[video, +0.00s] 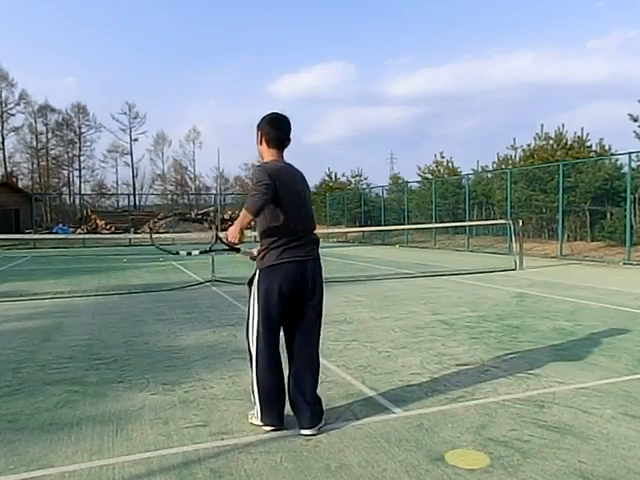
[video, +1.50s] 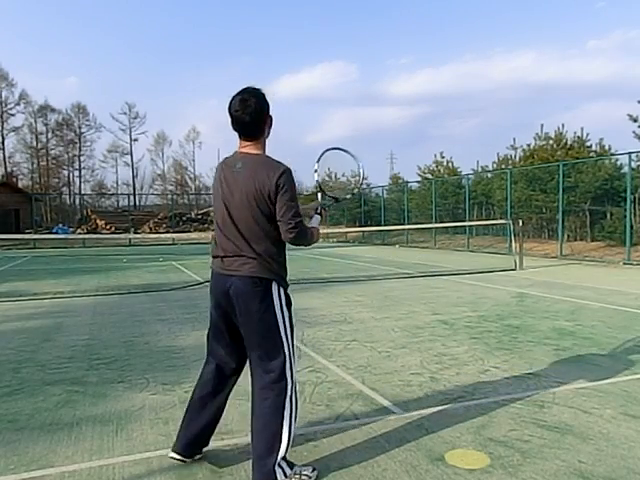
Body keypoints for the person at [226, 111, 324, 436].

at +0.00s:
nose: (256, 143)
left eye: (256, 138)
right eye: (258, 138)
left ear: (261, 139)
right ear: (287, 141)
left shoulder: (264, 172)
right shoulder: (298, 176)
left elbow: (257, 200)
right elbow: (303, 226)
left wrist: (237, 227)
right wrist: (268, 247)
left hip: (275, 271)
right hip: (309, 268)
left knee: (263, 341)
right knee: (305, 344)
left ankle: (269, 414)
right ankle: (309, 417)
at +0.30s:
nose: (271, 138)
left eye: (269, 133)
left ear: (268, 136)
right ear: (299, 137)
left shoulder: (253, 176)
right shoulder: (316, 177)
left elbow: (228, 217)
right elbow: (335, 223)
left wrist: (220, 255)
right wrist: (328, 254)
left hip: (266, 271)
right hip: (304, 270)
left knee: (262, 341)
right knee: (306, 345)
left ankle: (253, 418)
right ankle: (308, 419)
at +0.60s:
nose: (283, 135)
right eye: (283, 131)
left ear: (251, 135)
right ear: (282, 134)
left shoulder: (244, 177)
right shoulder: (283, 171)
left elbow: (248, 222)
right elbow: (300, 214)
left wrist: (287, 236)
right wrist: (333, 247)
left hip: (250, 270)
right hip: (281, 270)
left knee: (255, 346)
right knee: (298, 343)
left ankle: (251, 424)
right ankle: (307, 419)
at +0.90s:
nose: (273, 123)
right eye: (273, 121)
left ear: (245, 131)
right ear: (274, 129)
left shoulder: (243, 165)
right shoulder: (275, 171)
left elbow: (262, 142)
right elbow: (281, 220)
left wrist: (276, 110)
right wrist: (322, 249)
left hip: (247, 268)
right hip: (275, 269)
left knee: (256, 349)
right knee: (294, 353)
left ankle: (251, 426)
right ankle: (283, 440)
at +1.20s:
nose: (287, 122)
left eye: (285, 117)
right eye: (286, 118)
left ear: (252, 132)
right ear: (283, 128)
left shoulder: (243, 167)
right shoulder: (292, 173)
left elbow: (263, 150)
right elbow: (298, 228)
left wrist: (286, 126)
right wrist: (329, 246)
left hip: (240, 277)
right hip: (275, 280)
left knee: (248, 356)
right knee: (283, 368)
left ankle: (249, 425)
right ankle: (271, 463)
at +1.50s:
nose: (271, 120)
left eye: (267, 114)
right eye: (270, 115)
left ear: (233, 125)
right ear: (268, 122)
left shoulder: (224, 169)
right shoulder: (276, 173)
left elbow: (234, 218)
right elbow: (291, 230)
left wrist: (288, 218)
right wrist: (313, 234)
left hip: (222, 281)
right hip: (260, 284)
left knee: (221, 362)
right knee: (273, 373)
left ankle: (187, 444)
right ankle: (272, 466)